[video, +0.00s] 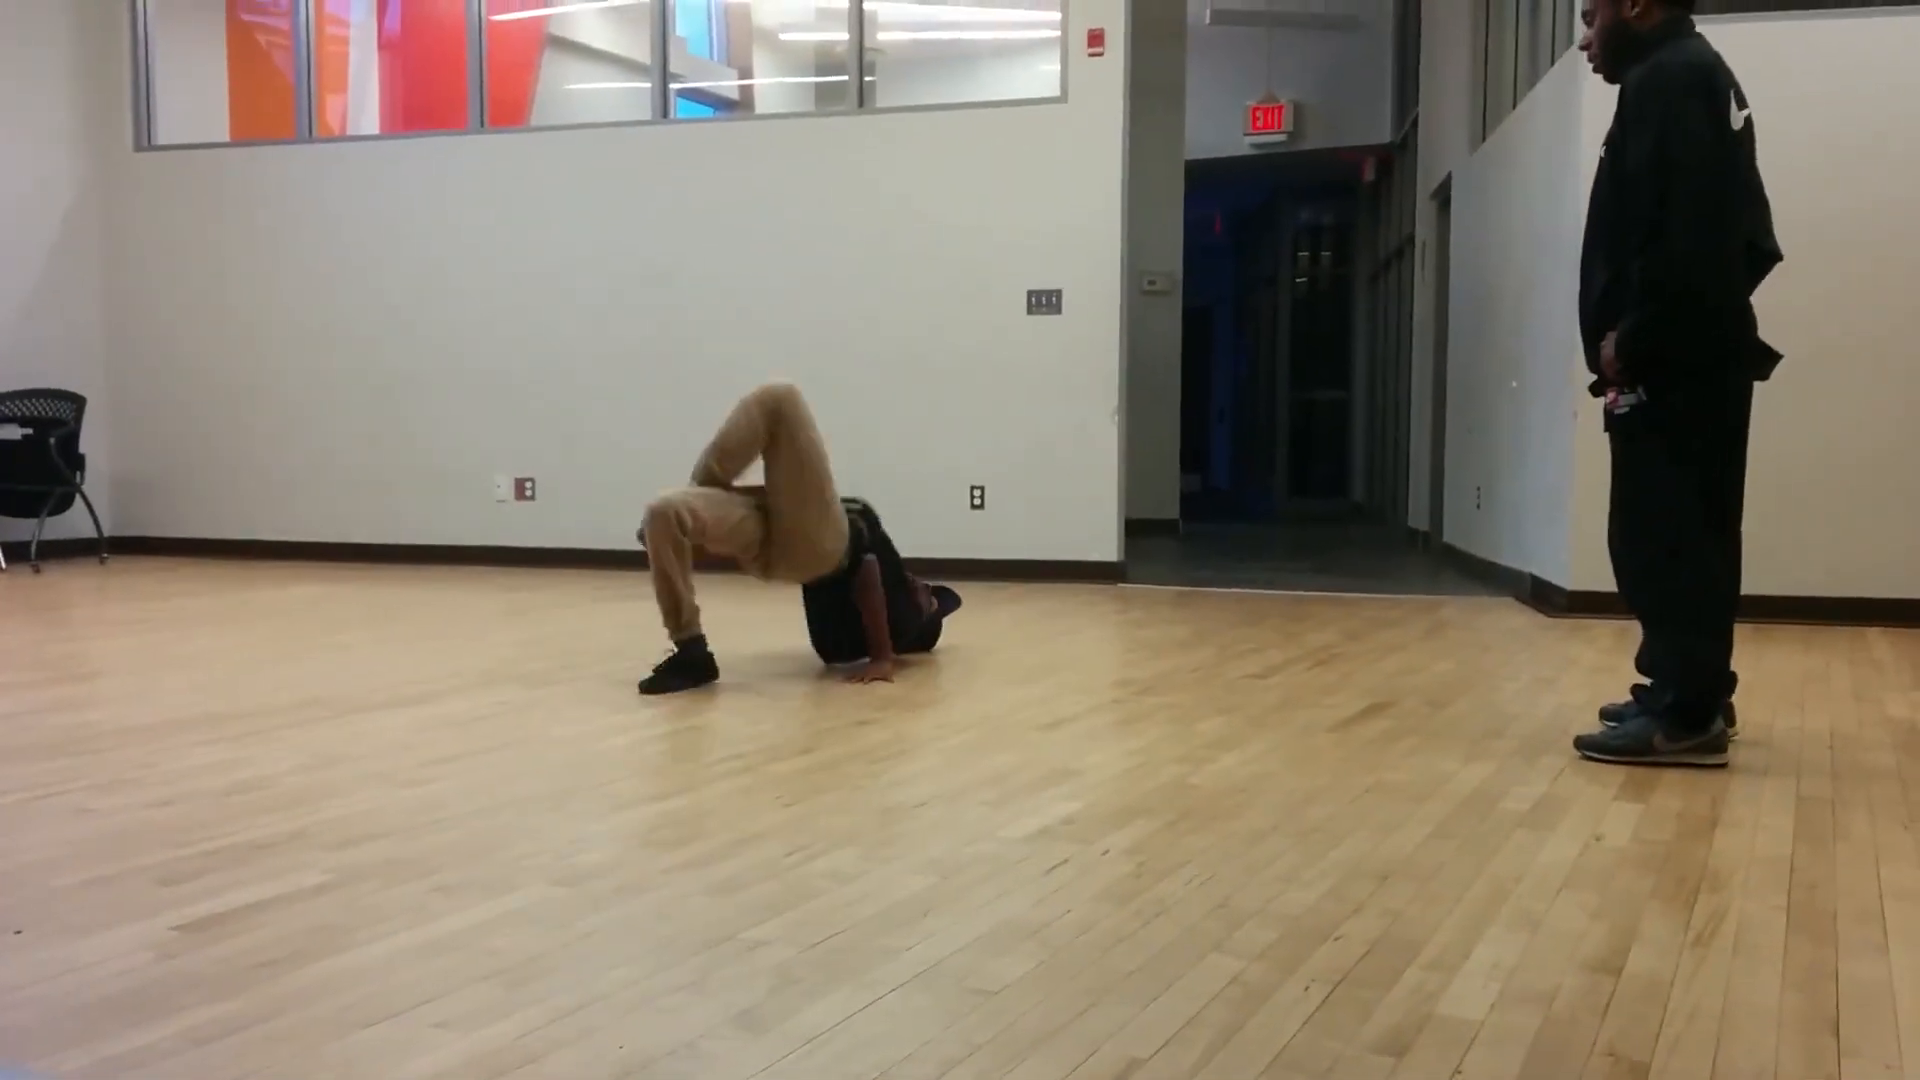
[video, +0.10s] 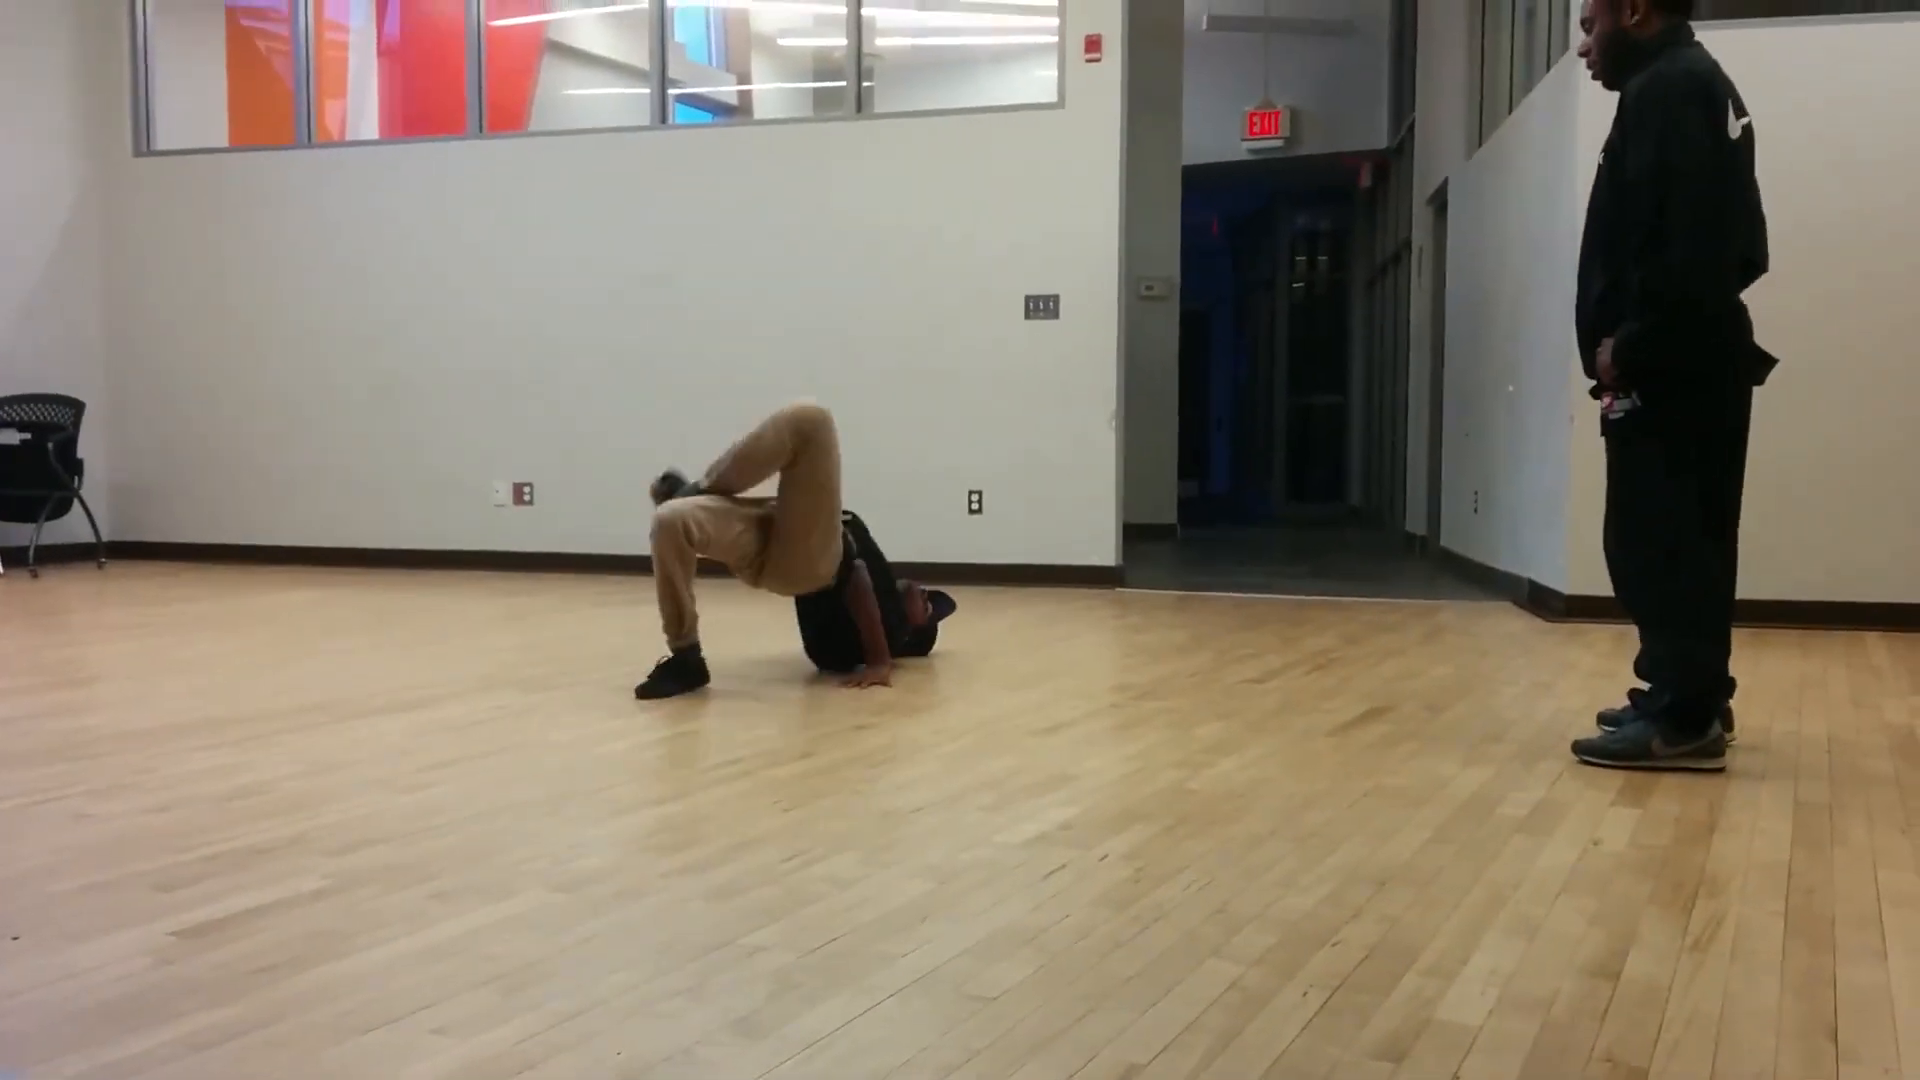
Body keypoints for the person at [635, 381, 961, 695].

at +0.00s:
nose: (924, 589)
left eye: (932, 600)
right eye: (928, 588)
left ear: (925, 619)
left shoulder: (912, 626)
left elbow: (868, 569)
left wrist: (882, 658)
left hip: (820, 545)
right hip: (765, 530)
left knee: (780, 402)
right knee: (663, 513)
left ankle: (694, 499)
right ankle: (692, 654)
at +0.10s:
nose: (924, 594)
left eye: (929, 607)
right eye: (929, 595)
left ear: (913, 632)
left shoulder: (895, 636)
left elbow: (858, 577)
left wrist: (880, 663)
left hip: (810, 562)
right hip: (766, 534)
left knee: (811, 423)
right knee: (671, 522)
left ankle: (699, 495)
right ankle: (686, 660)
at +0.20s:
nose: (917, 599)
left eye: (922, 613)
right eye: (923, 601)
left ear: (902, 635)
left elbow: (853, 578)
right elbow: (844, 521)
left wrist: (876, 666)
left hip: (809, 567)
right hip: (767, 536)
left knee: (832, 435)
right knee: (676, 532)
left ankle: (707, 491)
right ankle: (672, 665)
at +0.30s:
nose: (917, 603)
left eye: (922, 620)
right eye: (922, 603)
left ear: (899, 641)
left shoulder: (870, 643)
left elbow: (862, 584)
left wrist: (876, 671)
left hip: (823, 563)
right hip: (783, 525)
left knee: (852, 423)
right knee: (683, 540)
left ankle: (726, 485)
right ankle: (673, 669)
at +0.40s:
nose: (917, 615)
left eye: (920, 626)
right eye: (922, 616)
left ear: (904, 642)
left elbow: (861, 583)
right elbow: (787, 521)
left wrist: (875, 674)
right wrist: (747, 473)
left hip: (848, 539)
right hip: (796, 522)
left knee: (894, 403)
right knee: (689, 532)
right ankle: (671, 672)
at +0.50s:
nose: (923, 629)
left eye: (925, 638)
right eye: (930, 630)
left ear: (913, 643)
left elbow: (877, 594)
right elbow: (797, 492)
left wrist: (877, 681)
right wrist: (785, 417)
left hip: (859, 536)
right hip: (807, 526)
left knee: (943, 425)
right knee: (705, 484)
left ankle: (823, 383)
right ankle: (673, 633)